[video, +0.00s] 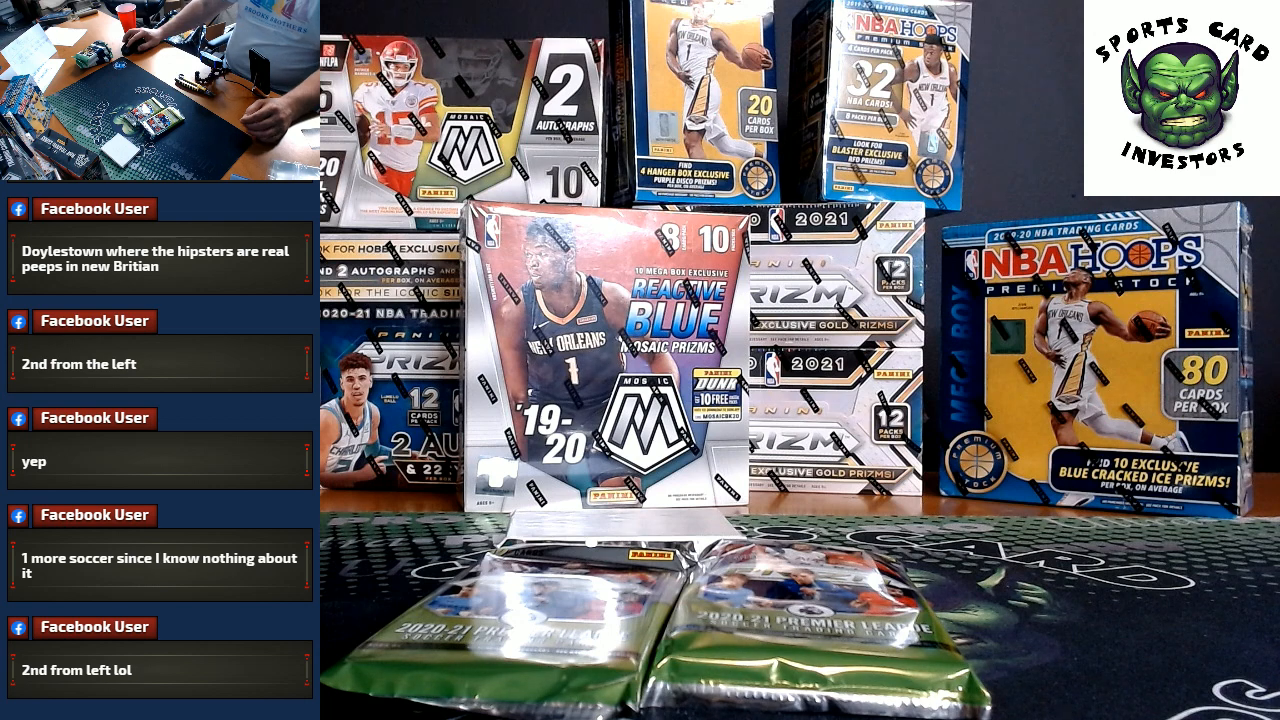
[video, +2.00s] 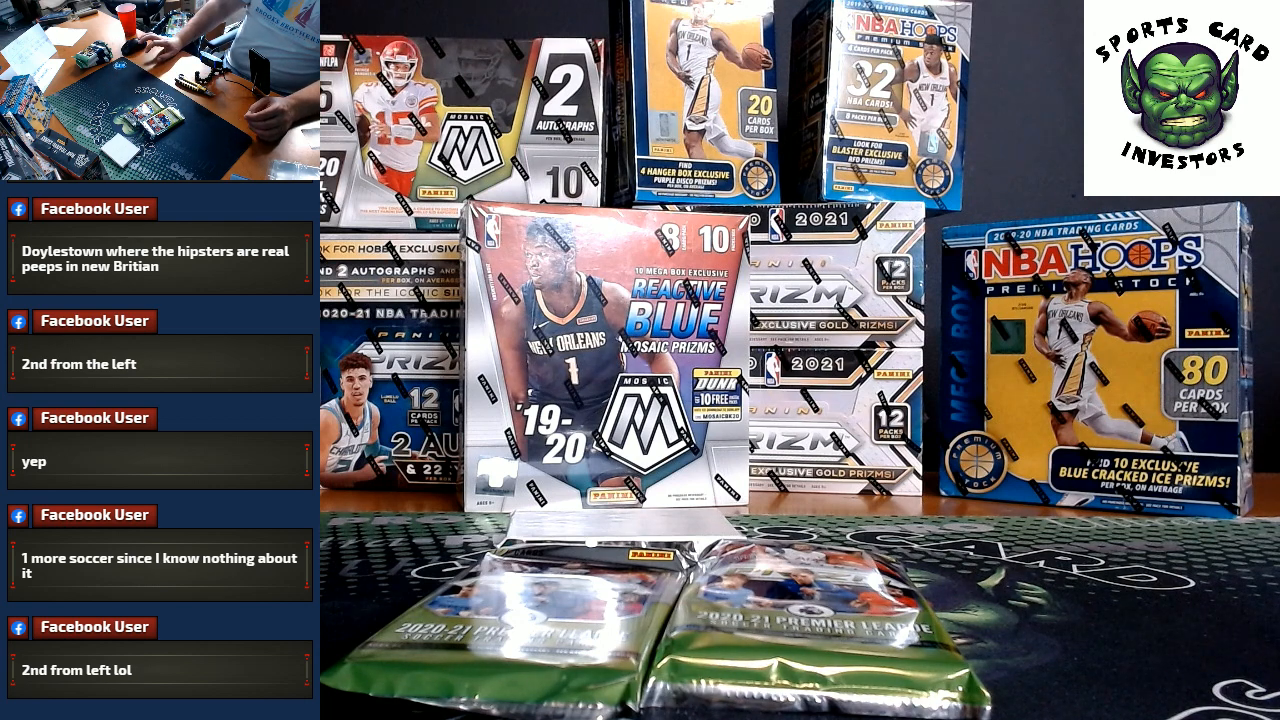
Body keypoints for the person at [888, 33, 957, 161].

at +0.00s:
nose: (929, 52)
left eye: (933, 48)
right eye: (926, 47)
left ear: (941, 51)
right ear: (923, 49)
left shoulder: (949, 71)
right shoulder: (913, 69)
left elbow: (956, 94)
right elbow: (886, 83)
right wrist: (900, 111)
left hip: (940, 117)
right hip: (918, 119)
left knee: (940, 155)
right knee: (923, 155)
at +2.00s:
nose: (928, 52)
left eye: (933, 49)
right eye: (926, 48)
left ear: (941, 52)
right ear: (923, 49)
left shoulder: (949, 71)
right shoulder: (913, 69)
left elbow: (955, 93)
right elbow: (886, 83)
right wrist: (900, 111)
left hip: (940, 117)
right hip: (918, 119)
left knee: (939, 155)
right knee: (923, 155)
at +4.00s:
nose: (928, 53)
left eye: (933, 50)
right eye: (926, 48)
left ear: (941, 52)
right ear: (923, 49)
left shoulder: (949, 70)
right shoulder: (913, 69)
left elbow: (955, 93)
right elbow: (886, 83)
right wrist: (900, 111)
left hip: (940, 117)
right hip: (918, 119)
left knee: (940, 155)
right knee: (923, 155)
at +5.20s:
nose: (928, 55)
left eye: (932, 52)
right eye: (926, 51)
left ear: (941, 52)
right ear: (923, 50)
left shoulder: (949, 70)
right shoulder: (913, 68)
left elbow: (955, 92)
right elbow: (888, 83)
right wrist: (900, 111)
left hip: (940, 117)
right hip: (918, 118)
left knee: (940, 153)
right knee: (924, 153)